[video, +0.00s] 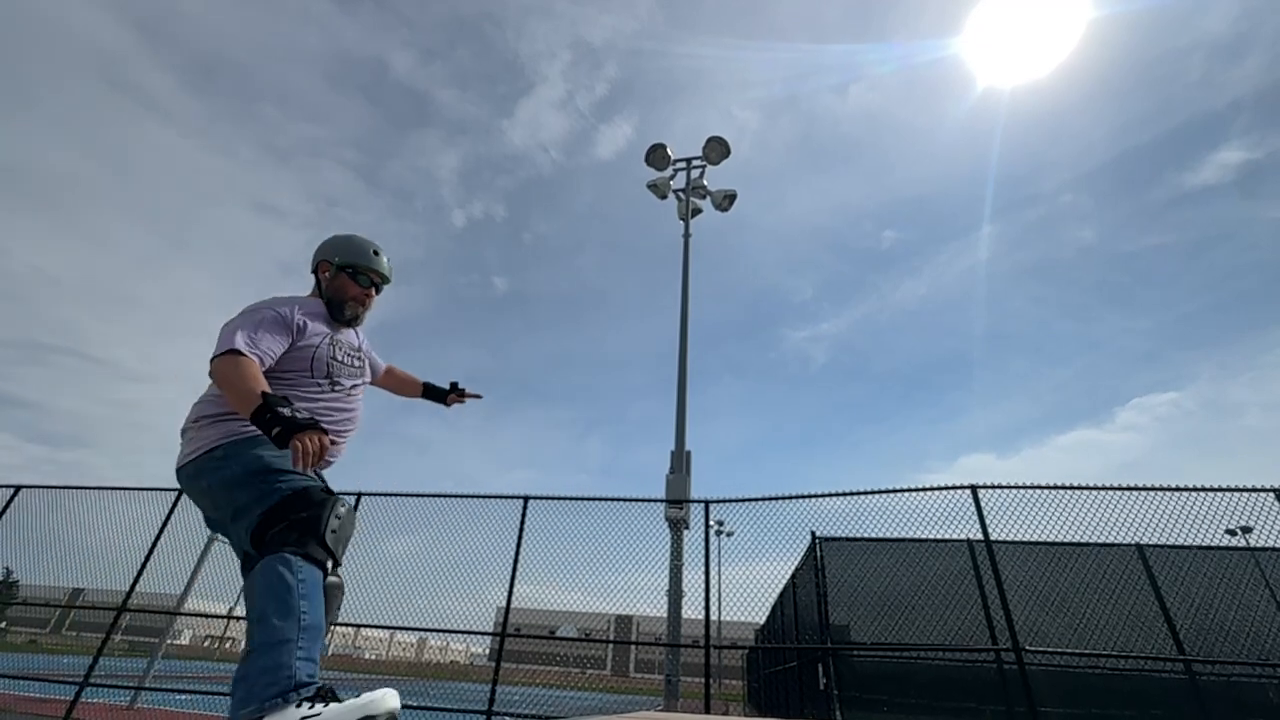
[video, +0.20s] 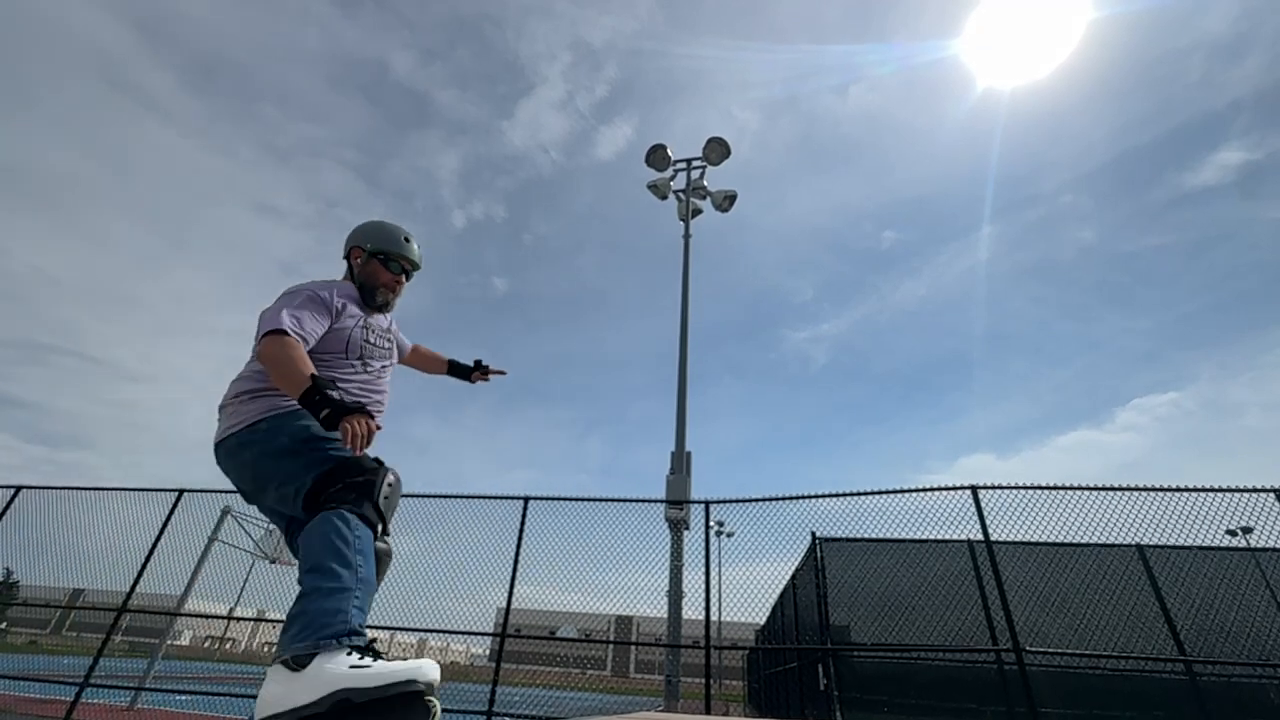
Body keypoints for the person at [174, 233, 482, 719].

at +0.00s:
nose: (368, 293)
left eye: (376, 287)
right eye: (359, 279)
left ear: (378, 296)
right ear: (325, 273)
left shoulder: (357, 346)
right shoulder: (286, 314)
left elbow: (385, 375)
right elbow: (230, 362)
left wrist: (437, 394)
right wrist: (280, 419)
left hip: (275, 463)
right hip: (229, 443)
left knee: (305, 565)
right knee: (302, 515)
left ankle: (269, 699)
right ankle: (281, 696)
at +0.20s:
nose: (398, 280)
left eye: (405, 274)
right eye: (390, 266)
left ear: (407, 281)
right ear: (357, 259)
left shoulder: (387, 331)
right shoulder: (322, 296)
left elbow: (414, 356)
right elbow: (276, 345)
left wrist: (463, 370)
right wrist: (329, 406)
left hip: (308, 437)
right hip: (265, 418)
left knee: (361, 539)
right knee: (356, 481)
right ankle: (315, 653)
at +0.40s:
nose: (427, 266)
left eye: (435, 260)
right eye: (419, 253)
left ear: (436, 267)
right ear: (387, 245)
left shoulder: (412, 313)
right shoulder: (355, 279)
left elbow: (440, 333)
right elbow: (322, 328)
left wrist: (485, 346)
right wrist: (376, 391)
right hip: (300, 399)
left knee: (411, 521)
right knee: (406, 454)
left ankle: (291, 686)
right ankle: (351, 595)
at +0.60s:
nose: (456, 257)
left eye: (462, 251)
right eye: (448, 244)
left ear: (461, 255)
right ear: (416, 235)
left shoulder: (432, 297)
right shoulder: (388, 265)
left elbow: (463, 311)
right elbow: (365, 313)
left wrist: (510, 325)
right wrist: (417, 381)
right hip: (331, 382)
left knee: (449, 498)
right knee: (450, 433)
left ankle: (312, 627)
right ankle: (380, 538)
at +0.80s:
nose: (483, 250)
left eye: (490, 244)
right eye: (475, 236)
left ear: (490, 247)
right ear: (444, 228)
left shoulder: (458, 286)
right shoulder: (420, 255)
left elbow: (489, 293)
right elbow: (409, 305)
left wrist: (532, 303)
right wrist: (455, 371)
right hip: (361, 369)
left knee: (483, 476)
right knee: (487, 415)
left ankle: (345, 570)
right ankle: (405, 487)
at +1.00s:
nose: (512, 242)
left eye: (518, 237)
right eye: (505, 229)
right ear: (474, 219)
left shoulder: (479, 273)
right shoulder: (452, 247)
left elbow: (507, 273)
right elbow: (449, 300)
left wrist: (551, 282)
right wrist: (493, 368)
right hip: (391, 354)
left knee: (507, 456)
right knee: (517, 402)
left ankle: (382, 517)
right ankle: (430, 439)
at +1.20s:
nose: (539, 236)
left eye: (544, 231)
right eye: (536, 223)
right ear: (503, 211)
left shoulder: (497, 257)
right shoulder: (482, 237)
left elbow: (530, 256)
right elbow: (487, 292)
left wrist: (570, 261)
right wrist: (520, 362)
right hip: (419, 342)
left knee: (543, 445)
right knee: (556, 390)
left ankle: (419, 460)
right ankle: (452, 400)